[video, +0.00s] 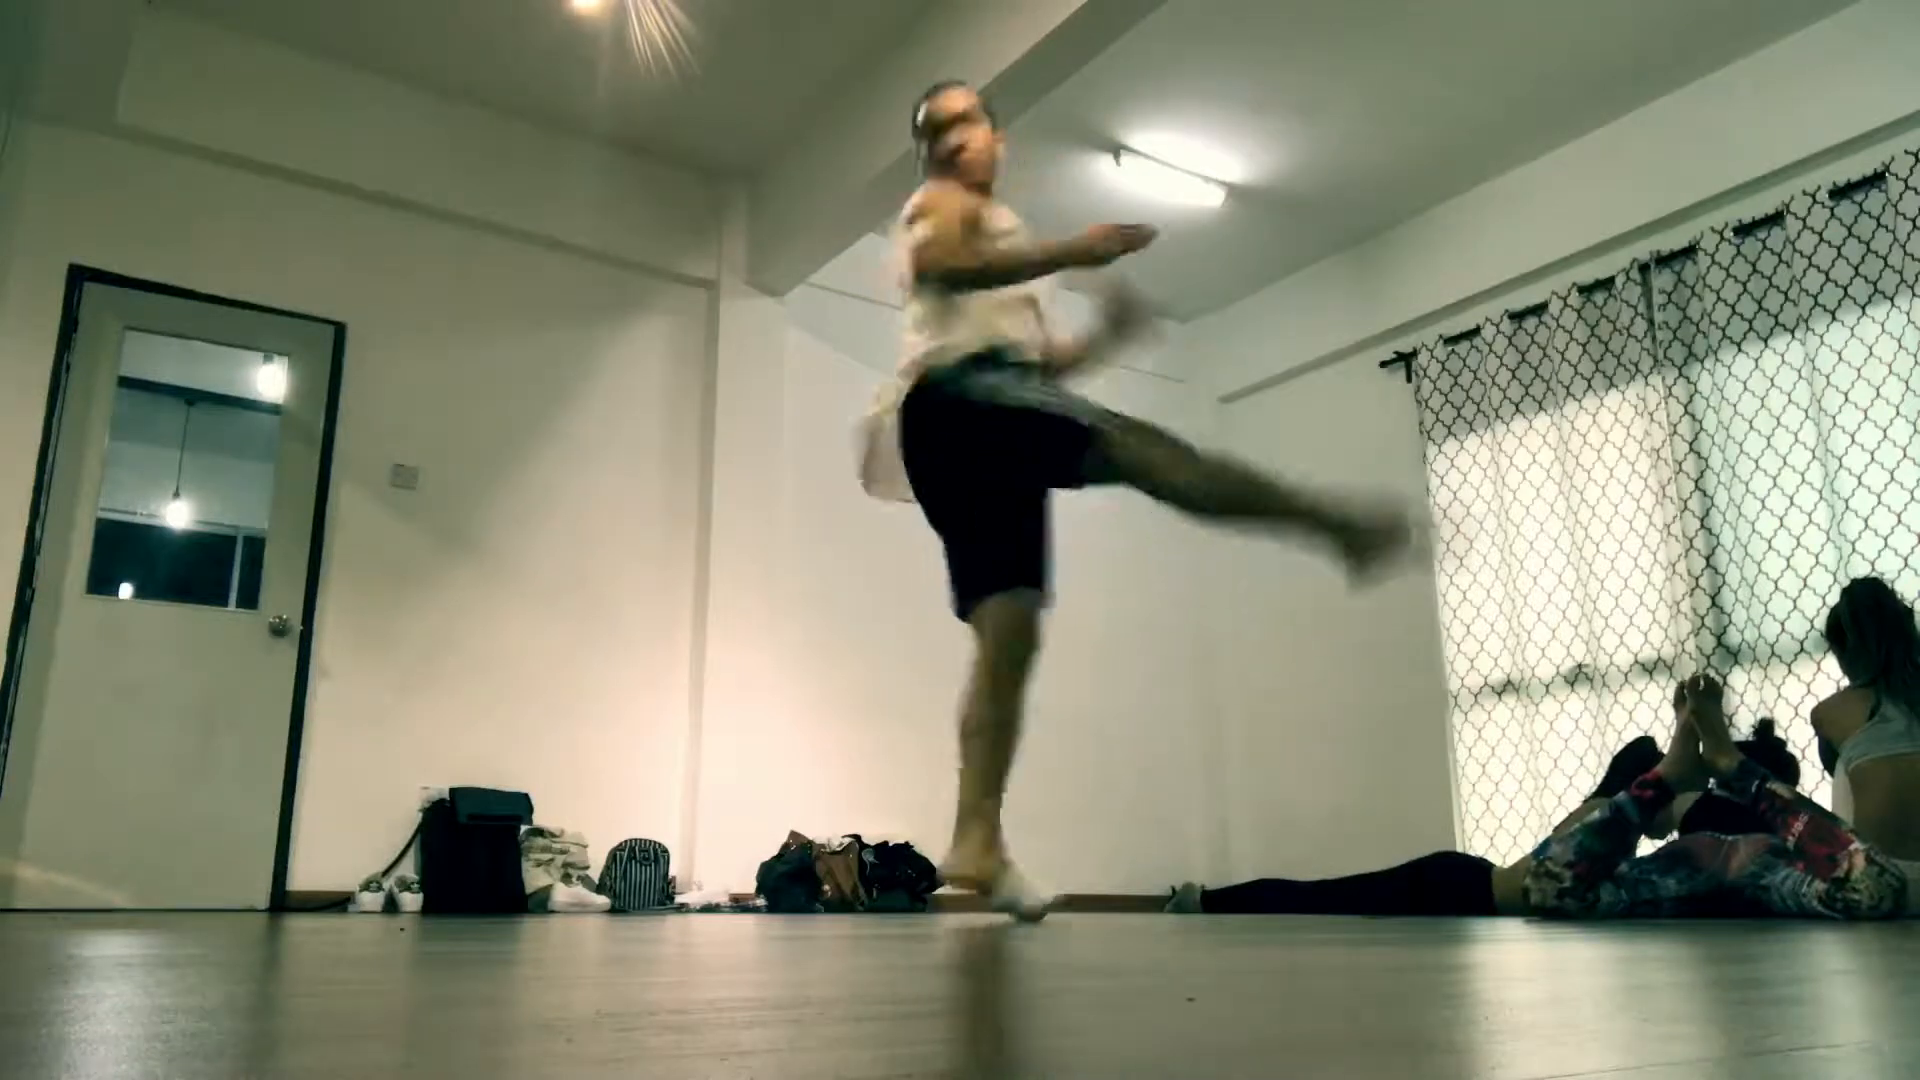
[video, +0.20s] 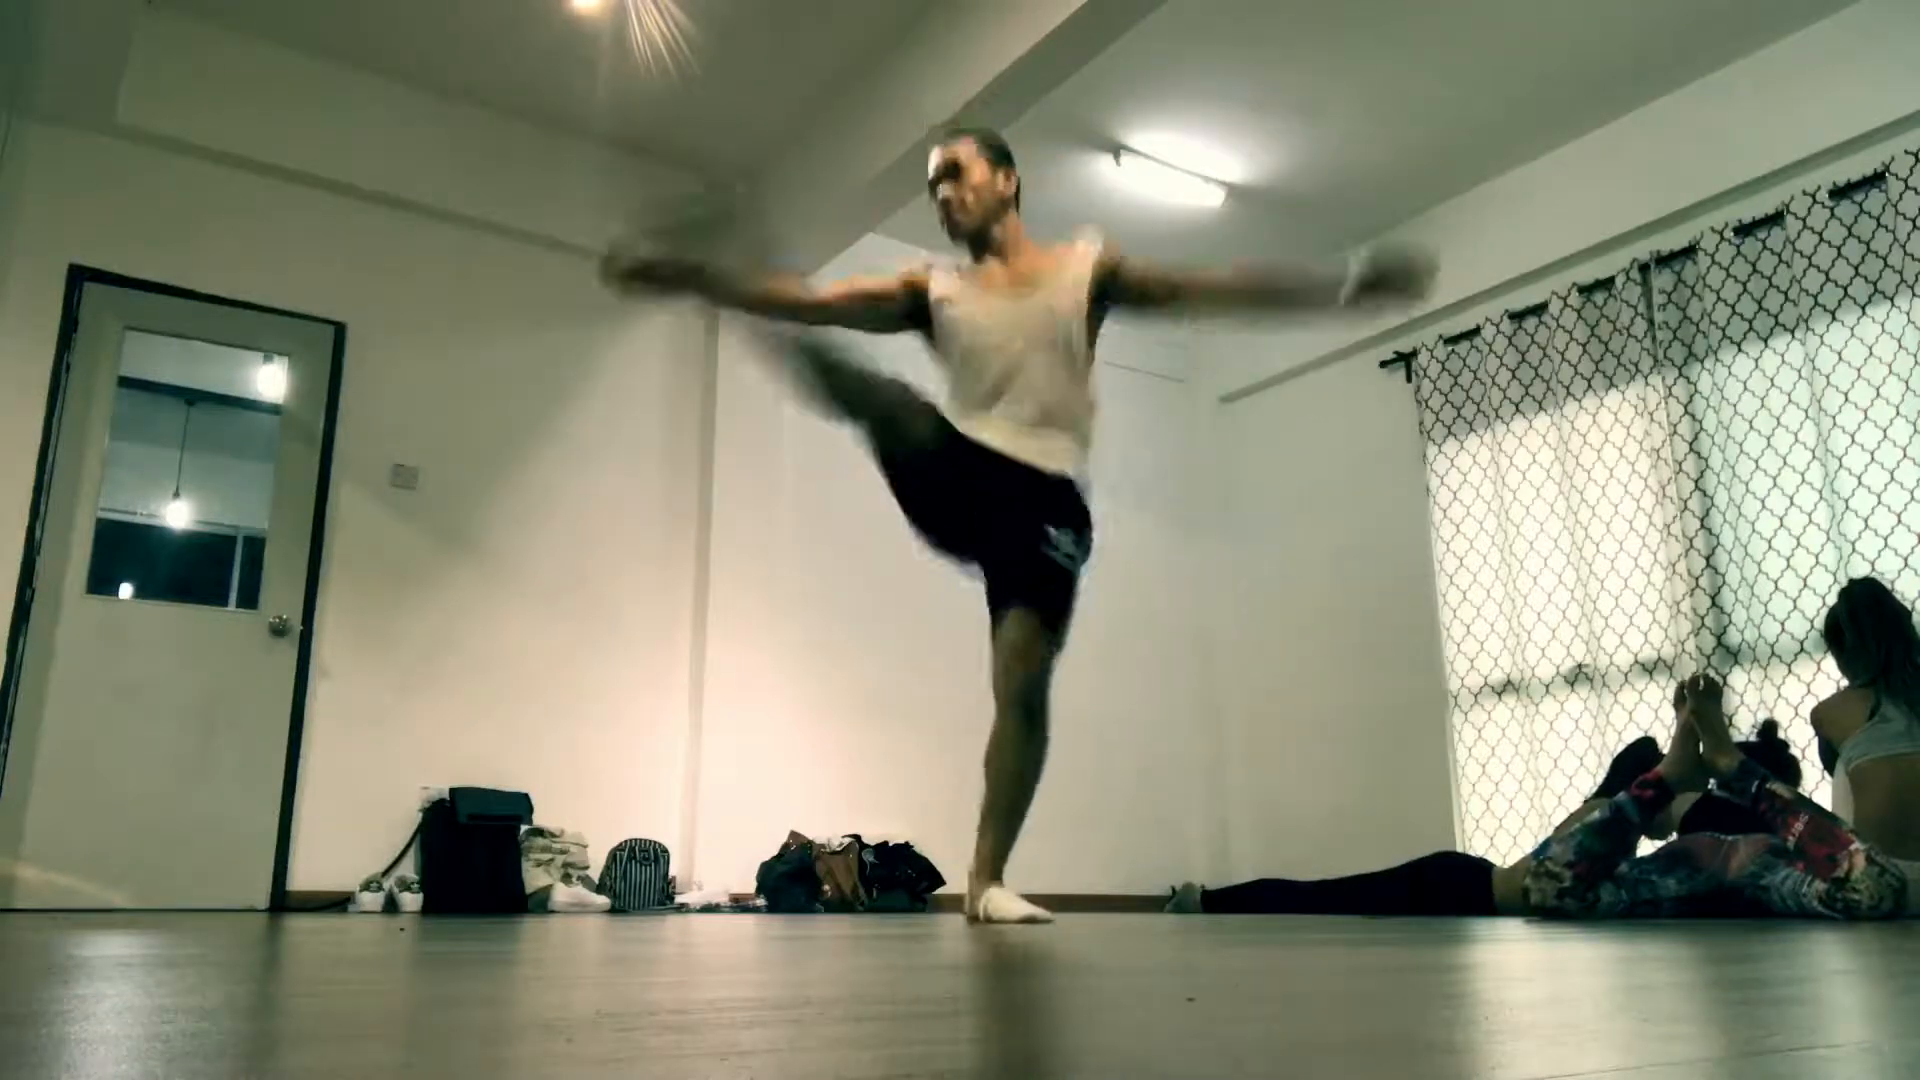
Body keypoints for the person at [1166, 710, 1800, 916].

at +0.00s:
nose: (1676, 793)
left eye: (1670, 781)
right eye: (1671, 782)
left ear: (1630, 777)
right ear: (1647, 783)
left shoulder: (1618, 818)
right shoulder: (1619, 825)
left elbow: (1668, 794)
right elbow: (1671, 796)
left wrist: (1699, 743)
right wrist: (1696, 742)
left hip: (1473, 879)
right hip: (1470, 888)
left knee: (1335, 893)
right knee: (1331, 897)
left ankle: (1211, 896)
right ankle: (1204, 900)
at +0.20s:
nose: (1673, 788)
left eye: (1668, 778)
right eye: (1666, 777)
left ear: (1633, 776)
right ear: (1644, 781)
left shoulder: (1620, 819)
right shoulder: (1618, 823)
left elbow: (1668, 795)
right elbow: (1669, 797)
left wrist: (1707, 748)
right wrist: (1699, 742)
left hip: (1475, 880)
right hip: (1472, 886)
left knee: (1335, 893)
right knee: (1331, 896)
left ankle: (1213, 897)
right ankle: (1207, 900)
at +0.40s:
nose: (1676, 782)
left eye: (1672, 773)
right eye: (1668, 772)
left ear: (1638, 777)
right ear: (1648, 779)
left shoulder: (1626, 816)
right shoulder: (1624, 817)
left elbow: (1668, 794)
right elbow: (1668, 797)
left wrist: (1700, 738)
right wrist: (1694, 737)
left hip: (1476, 883)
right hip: (1473, 885)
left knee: (1333, 894)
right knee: (1330, 895)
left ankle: (1210, 898)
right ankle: (1206, 899)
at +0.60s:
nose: (1696, 722)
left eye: (1709, 712)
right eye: (1691, 712)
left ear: (1728, 730)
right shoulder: (1640, 787)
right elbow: (1656, 796)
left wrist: (1717, 738)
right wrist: (1699, 735)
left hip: (1480, 884)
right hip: (1471, 880)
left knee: (1339, 896)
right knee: (1334, 895)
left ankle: (1212, 899)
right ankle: (1205, 900)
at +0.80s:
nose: (1699, 740)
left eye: (1716, 741)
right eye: (1708, 734)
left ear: (1734, 762)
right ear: (1706, 751)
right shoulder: (1641, 801)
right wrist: (1689, 736)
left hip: (1477, 887)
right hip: (1468, 881)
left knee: (1333, 899)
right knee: (1329, 897)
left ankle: (1211, 901)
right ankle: (1205, 901)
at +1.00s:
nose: (1676, 725)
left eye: (1691, 716)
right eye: (1678, 714)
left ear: (1723, 735)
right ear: (1682, 732)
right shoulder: (1641, 798)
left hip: (1480, 887)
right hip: (1472, 880)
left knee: (1337, 899)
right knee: (1333, 896)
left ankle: (1211, 901)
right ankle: (1205, 901)